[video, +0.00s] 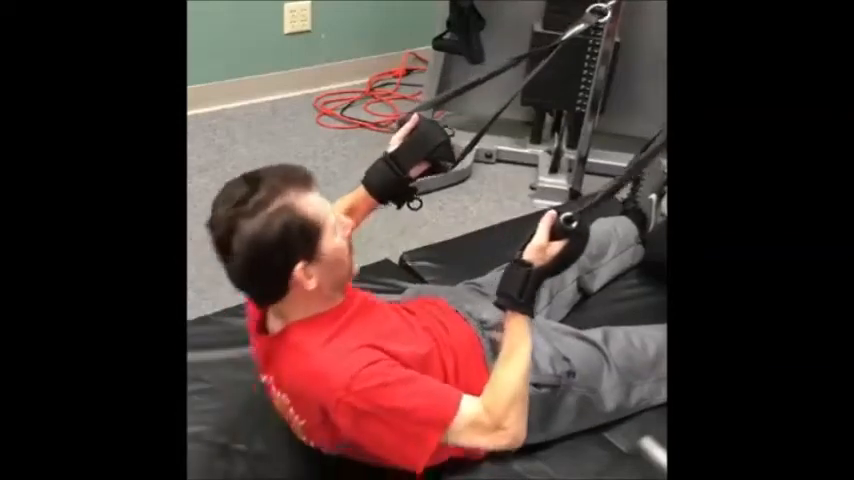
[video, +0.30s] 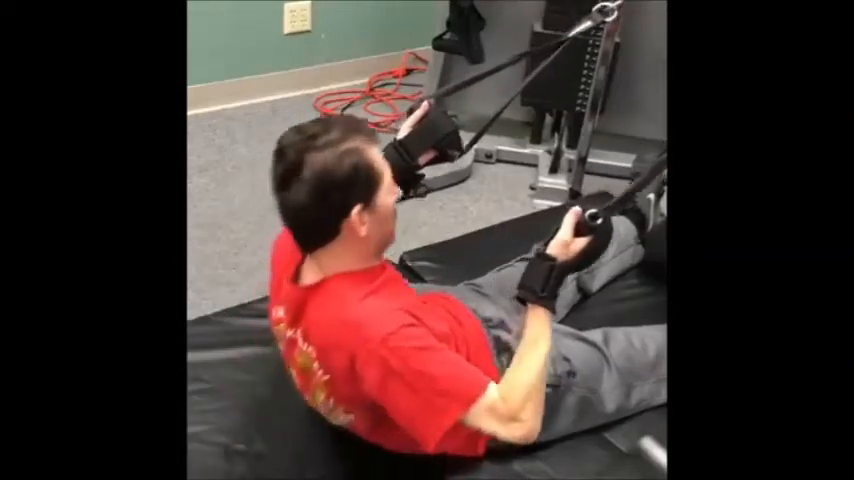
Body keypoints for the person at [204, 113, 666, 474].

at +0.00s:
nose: (344, 223)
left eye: (333, 217)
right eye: (333, 224)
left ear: (293, 276)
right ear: (304, 276)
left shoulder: (274, 300)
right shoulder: (351, 384)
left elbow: (336, 230)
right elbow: (500, 427)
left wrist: (385, 176)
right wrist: (524, 286)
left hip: (454, 306)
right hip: (508, 379)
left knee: (606, 230)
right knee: (656, 350)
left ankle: (638, 221)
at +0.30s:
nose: (396, 190)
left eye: (390, 181)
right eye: (388, 186)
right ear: (358, 220)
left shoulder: (290, 251)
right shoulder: (383, 340)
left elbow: (334, 197)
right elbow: (516, 421)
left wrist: (400, 155)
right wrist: (545, 282)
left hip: (453, 305)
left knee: (558, 264)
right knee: (659, 349)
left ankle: (634, 218)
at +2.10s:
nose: (527, 153)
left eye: (532, 141)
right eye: (531, 140)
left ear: (452, 117)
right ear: (518, 137)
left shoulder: (375, 179)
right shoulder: (488, 232)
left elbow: (369, 171)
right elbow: (584, 371)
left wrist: (447, 127)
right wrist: (627, 243)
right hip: (480, 407)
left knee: (608, 229)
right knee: (664, 350)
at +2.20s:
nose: (528, 152)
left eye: (533, 140)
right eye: (532, 139)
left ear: (452, 116)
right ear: (518, 137)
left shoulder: (375, 179)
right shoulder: (489, 232)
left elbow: (370, 171)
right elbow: (583, 370)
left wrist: (447, 127)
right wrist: (626, 243)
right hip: (479, 408)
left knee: (609, 227)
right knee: (663, 350)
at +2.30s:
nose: (528, 153)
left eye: (533, 141)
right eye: (532, 140)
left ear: (453, 117)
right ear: (518, 136)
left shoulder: (375, 180)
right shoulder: (489, 231)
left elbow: (367, 172)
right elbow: (581, 371)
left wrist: (446, 126)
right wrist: (624, 245)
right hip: (483, 407)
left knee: (609, 228)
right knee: (664, 349)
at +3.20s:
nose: (495, 159)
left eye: (498, 147)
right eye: (497, 147)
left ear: (412, 140)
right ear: (473, 153)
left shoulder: (356, 192)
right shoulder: (463, 260)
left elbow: (402, 167)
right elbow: (572, 383)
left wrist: (449, 143)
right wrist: (607, 258)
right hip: (478, 409)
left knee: (559, 258)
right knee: (663, 347)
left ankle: (631, 221)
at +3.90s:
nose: (401, 192)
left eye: (396, 184)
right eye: (394, 191)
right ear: (365, 226)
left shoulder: (294, 256)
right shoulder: (406, 350)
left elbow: (342, 195)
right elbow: (530, 421)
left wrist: (418, 155)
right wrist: (572, 293)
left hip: (457, 304)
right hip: (507, 371)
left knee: (546, 258)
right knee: (662, 349)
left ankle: (634, 226)